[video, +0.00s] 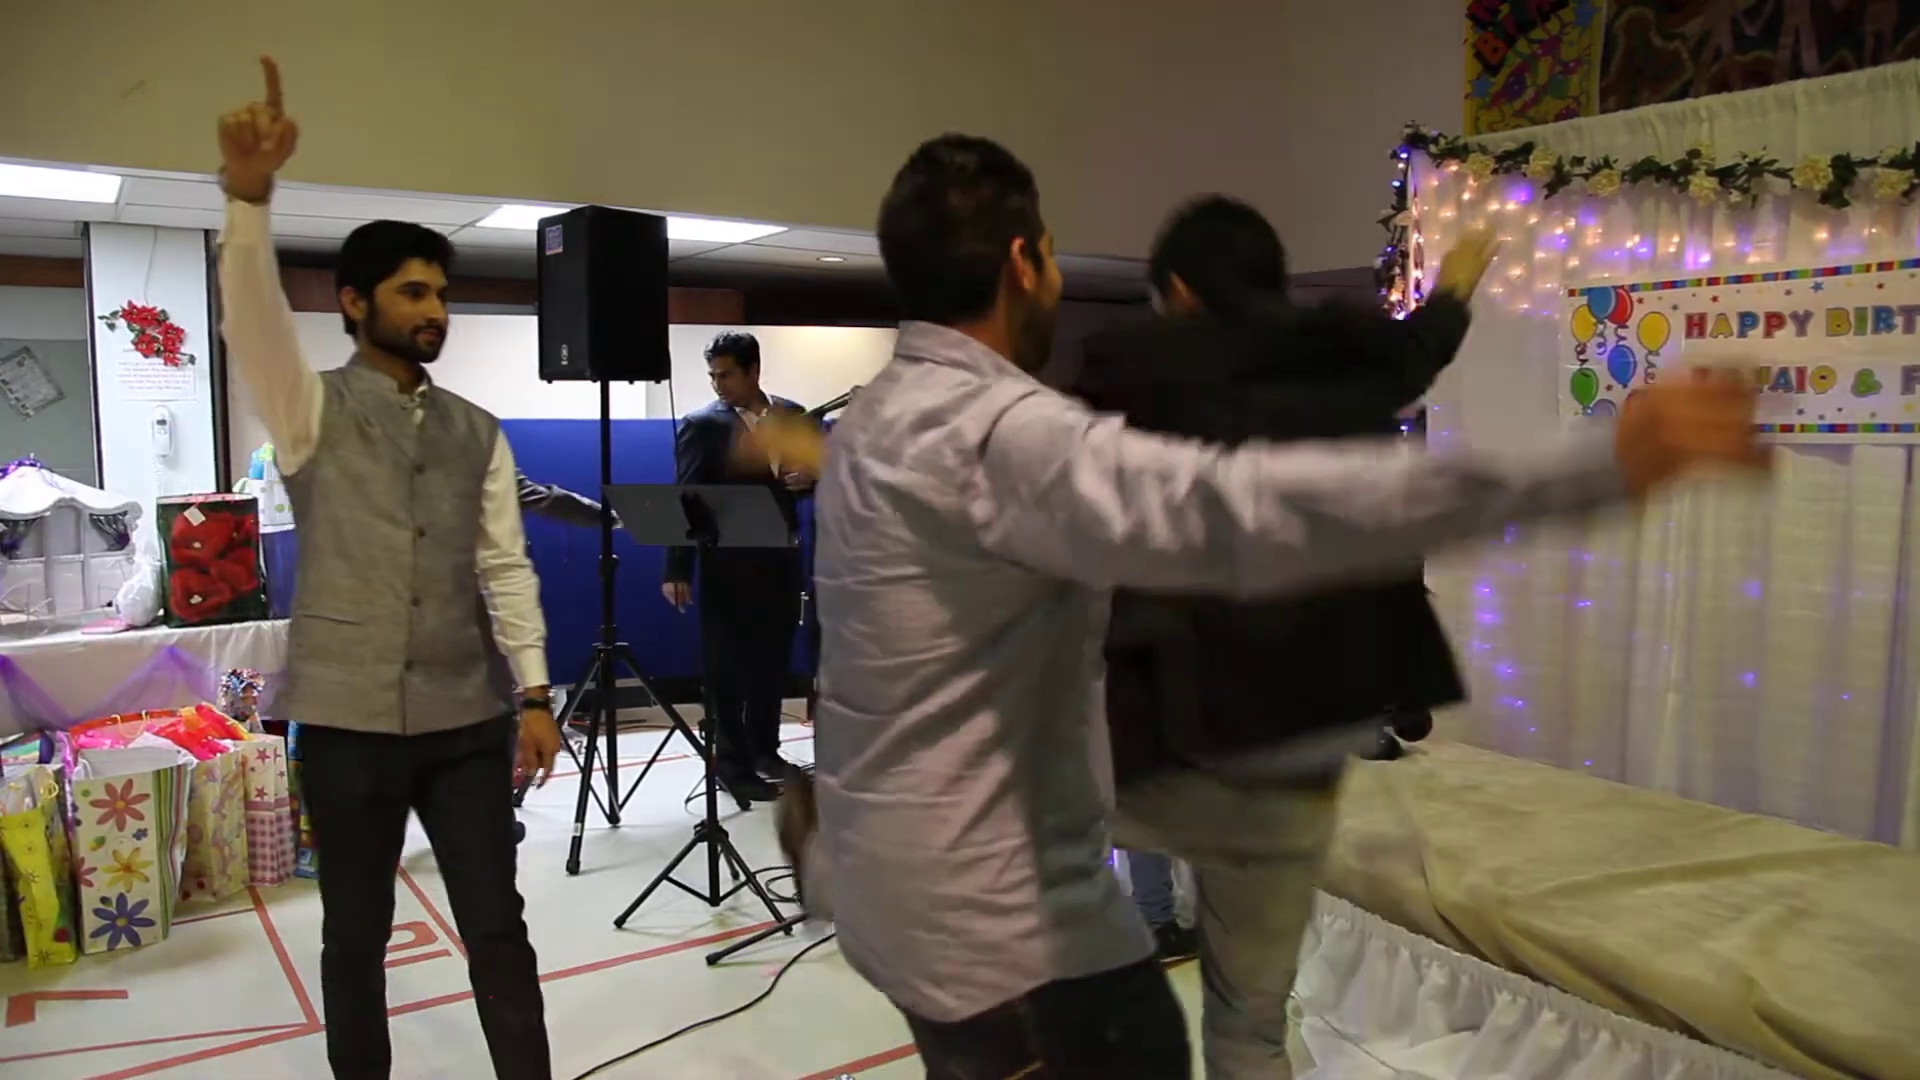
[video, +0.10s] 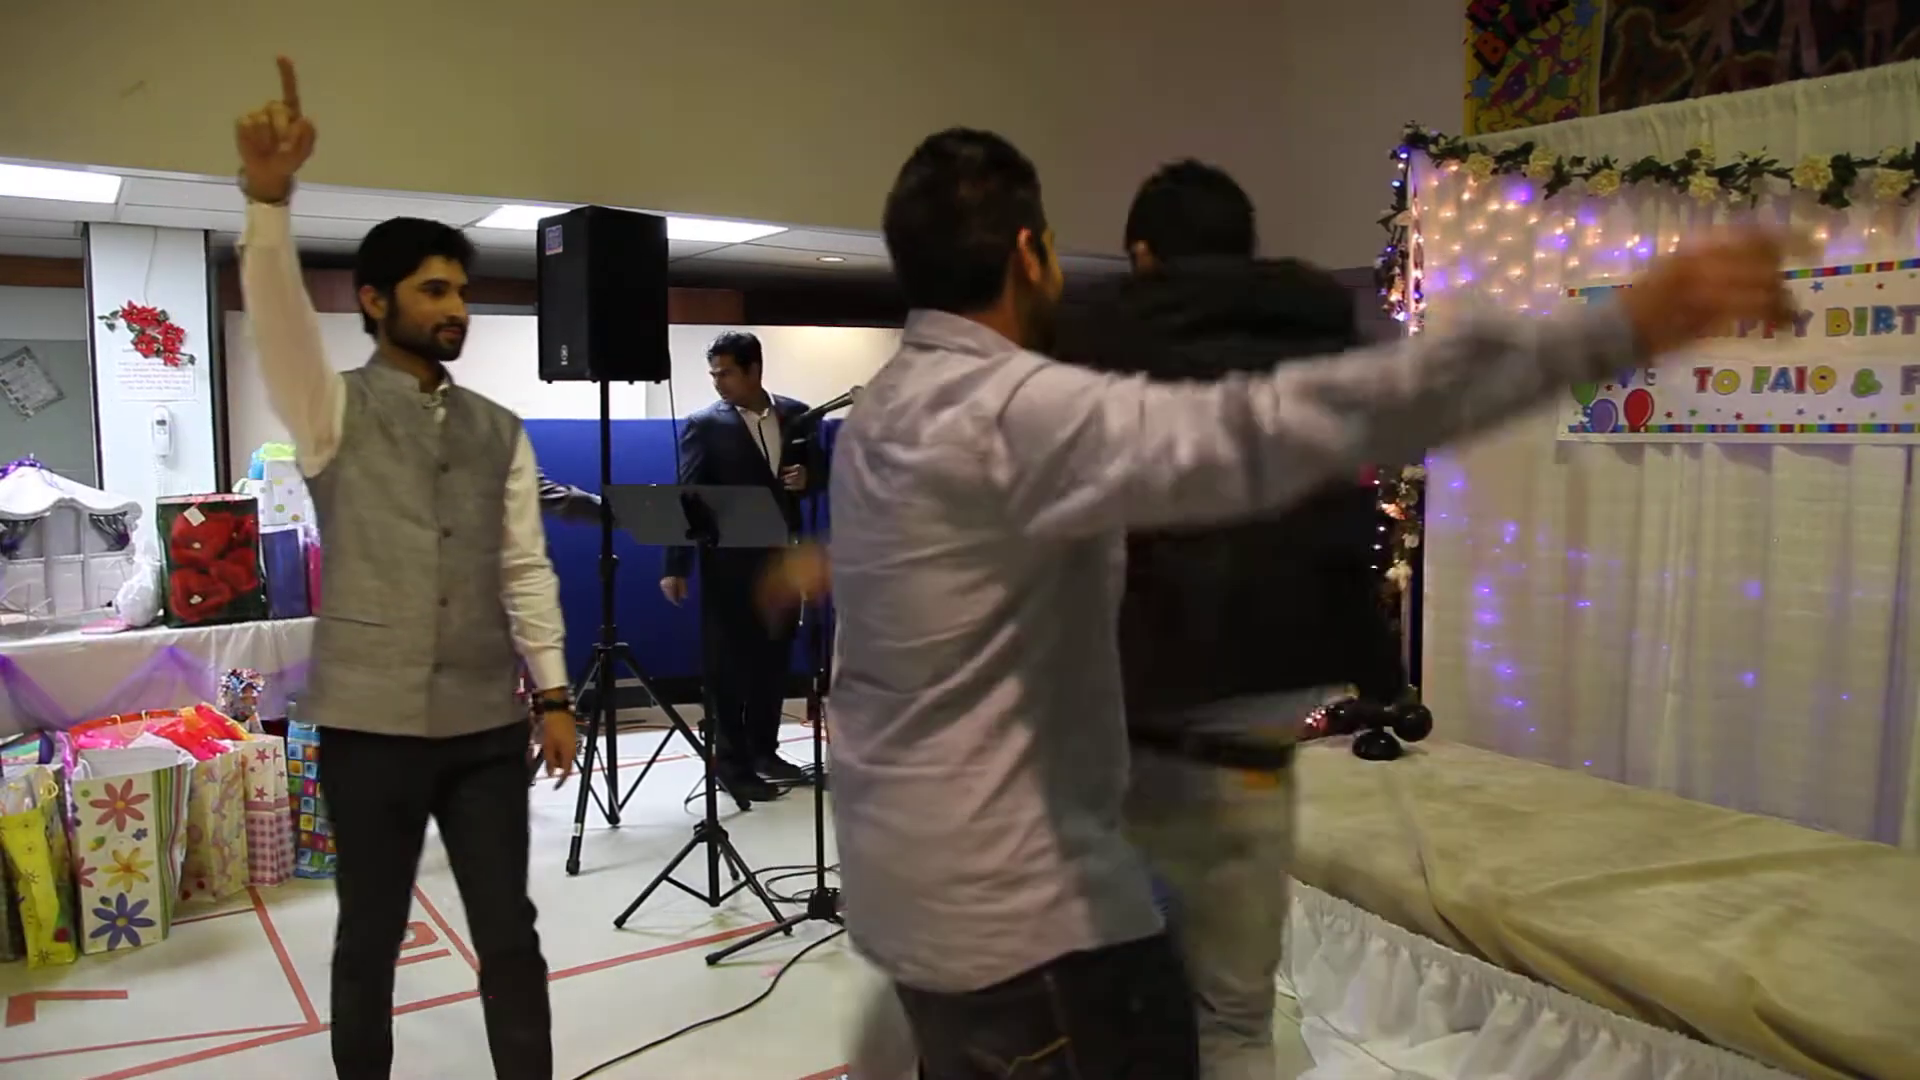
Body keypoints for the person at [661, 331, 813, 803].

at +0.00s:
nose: (716, 384)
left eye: (724, 374)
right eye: (713, 376)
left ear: (752, 371)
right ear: (712, 377)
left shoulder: (793, 420)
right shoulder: (700, 428)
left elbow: (816, 476)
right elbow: (686, 502)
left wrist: (808, 478)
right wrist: (677, 568)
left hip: (778, 565)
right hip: (722, 566)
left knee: (770, 666)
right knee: (726, 668)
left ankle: (765, 754)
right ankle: (732, 767)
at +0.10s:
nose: (715, 382)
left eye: (723, 373)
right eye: (712, 374)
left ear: (752, 370)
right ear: (718, 376)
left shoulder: (798, 417)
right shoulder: (704, 427)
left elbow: (820, 475)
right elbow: (689, 501)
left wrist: (806, 477)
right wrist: (676, 566)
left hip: (781, 557)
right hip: (724, 562)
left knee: (772, 660)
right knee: (728, 663)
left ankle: (764, 752)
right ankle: (732, 767)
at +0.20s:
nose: (717, 381)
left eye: (724, 372)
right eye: (714, 373)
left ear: (754, 370)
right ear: (720, 376)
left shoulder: (801, 417)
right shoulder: (706, 426)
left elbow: (824, 474)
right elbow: (690, 498)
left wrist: (807, 480)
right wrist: (674, 561)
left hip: (783, 563)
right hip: (728, 564)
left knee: (770, 662)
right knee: (733, 666)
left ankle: (763, 753)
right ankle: (733, 769)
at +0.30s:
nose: (716, 381)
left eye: (724, 373)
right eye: (714, 373)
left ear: (754, 370)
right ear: (723, 376)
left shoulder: (801, 418)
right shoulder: (707, 425)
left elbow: (825, 475)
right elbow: (690, 495)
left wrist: (804, 485)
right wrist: (671, 552)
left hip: (782, 563)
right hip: (727, 564)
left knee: (769, 662)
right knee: (732, 665)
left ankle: (763, 753)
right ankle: (735, 770)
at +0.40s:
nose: (714, 381)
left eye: (721, 372)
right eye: (712, 373)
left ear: (752, 372)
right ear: (719, 376)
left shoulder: (800, 417)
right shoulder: (705, 425)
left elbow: (826, 473)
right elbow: (689, 494)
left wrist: (797, 484)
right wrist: (671, 538)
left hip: (778, 563)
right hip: (725, 564)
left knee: (767, 660)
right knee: (727, 662)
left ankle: (760, 753)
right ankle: (723, 766)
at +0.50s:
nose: (710, 383)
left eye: (717, 374)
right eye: (707, 375)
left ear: (748, 371)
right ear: (712, 378)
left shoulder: (795, 416)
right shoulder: (699, 426)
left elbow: (825, 474)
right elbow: (689, 493)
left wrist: (790, 483)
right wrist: (673, 533)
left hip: (775, 561)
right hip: (720, 562)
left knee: (765, 659)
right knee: (716, 656)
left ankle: (758, 752)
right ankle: (708, 756)